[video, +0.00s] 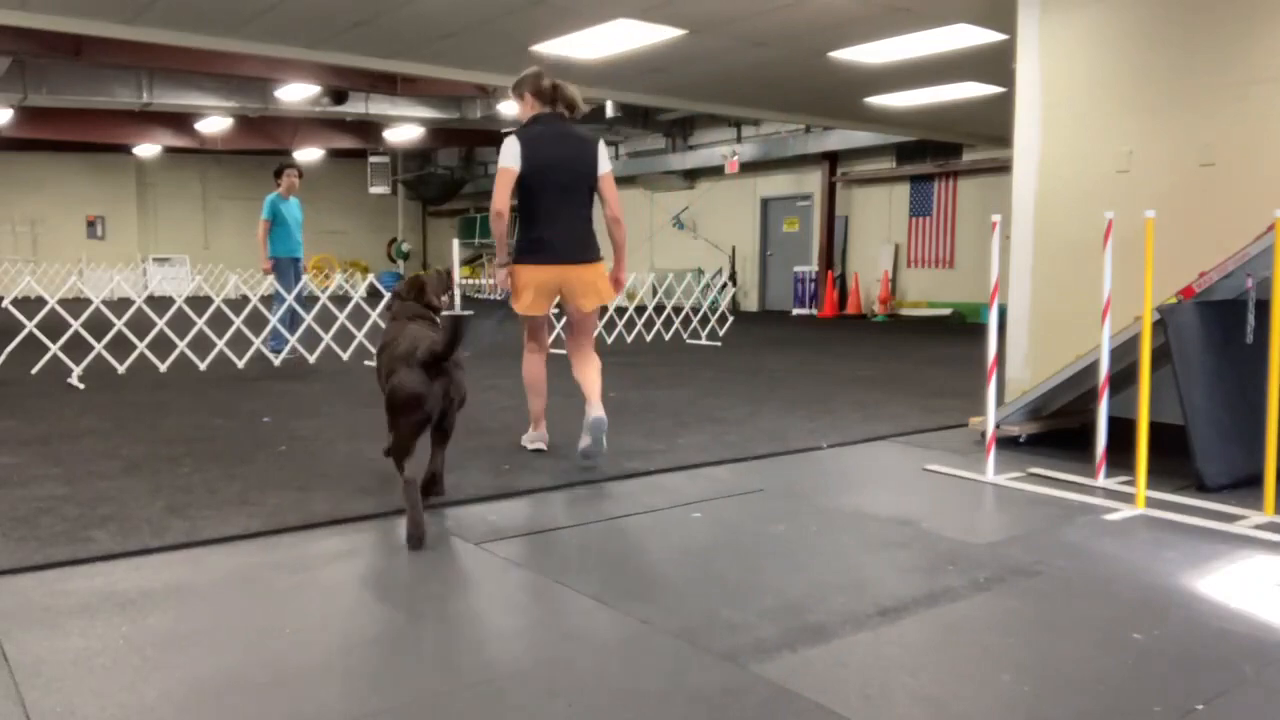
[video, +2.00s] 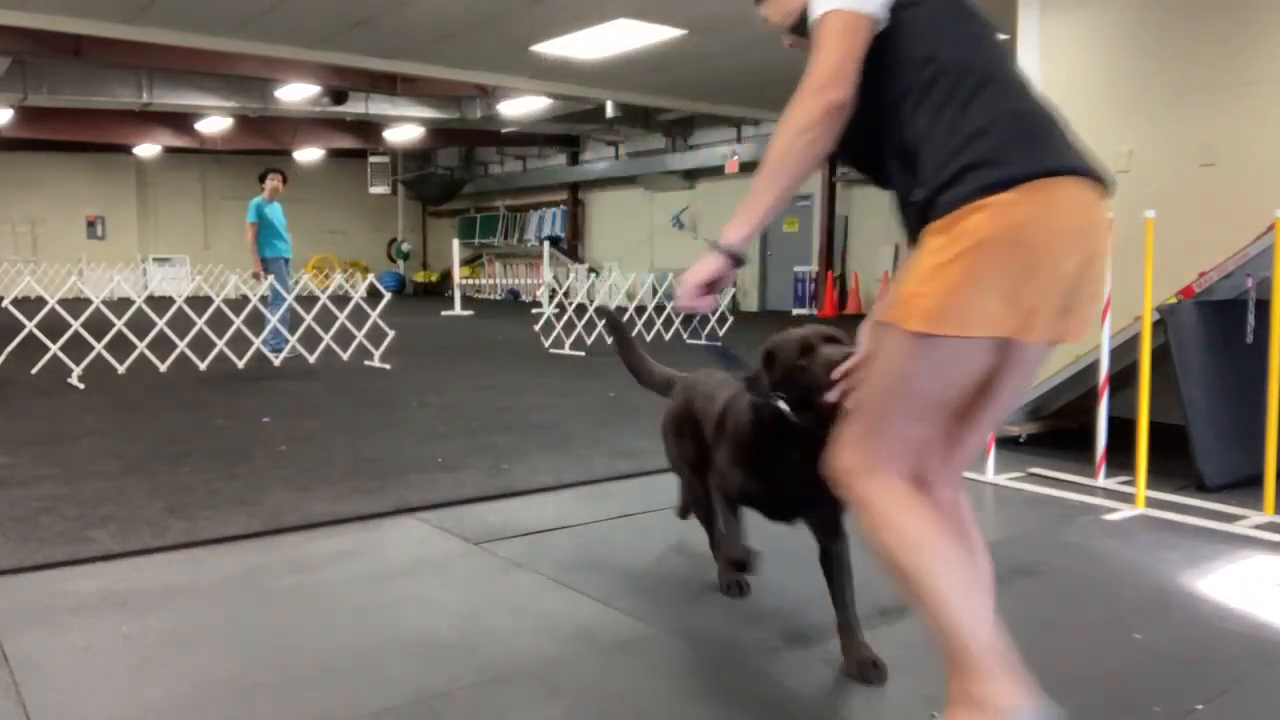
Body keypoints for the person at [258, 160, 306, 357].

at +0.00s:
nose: (294, 180)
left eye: (296, 176)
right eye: (289, 176)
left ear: (299, 180)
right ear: (280, 179)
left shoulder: (296, 202)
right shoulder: (272, 200)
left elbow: (298, 233)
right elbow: (263, 229)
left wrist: (302, 259)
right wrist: (264, 258)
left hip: (297, 256)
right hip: (280, 256)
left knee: (297, 299)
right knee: (284, 299)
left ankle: (290, 340)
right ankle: (276, 343)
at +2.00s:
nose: (276, 184)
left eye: (279, 181)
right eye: (272, 180)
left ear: (282, 186)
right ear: (263, 183)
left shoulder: (277, 206)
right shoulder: (256, 204)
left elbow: (280, 232)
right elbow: (251, 235)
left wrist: (286, 254)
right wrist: (256, 263)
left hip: (284, 255)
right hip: (271, 256)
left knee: (282, 299)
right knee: (281, 298)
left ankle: (277, 341)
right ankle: (275, 343)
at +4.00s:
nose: (284, 188)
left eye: (286, 184)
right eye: (280, 183)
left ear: (288, 188)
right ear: (270, 185)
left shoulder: (278, 207)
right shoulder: (262, 204)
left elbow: (280, 233)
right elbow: (260, 233)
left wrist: (288, 256)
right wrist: (266, 261)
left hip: (286, 256)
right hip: (277, 257)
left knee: (276, 299)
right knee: (286, 298)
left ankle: (272, 340)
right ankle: (277, 341)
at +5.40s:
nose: (282, 186)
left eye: (285, 183)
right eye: (278, 182)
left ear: (287, 187)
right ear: (269, 184)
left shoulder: (276, 207)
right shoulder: (262, 204)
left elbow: (279, 233)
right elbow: (260, 235)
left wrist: (287, 256)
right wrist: (267, 262)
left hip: (285, 256)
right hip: (278, 257)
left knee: (276, 299)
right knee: (288, 299)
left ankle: (272, 340)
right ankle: (277, 341)